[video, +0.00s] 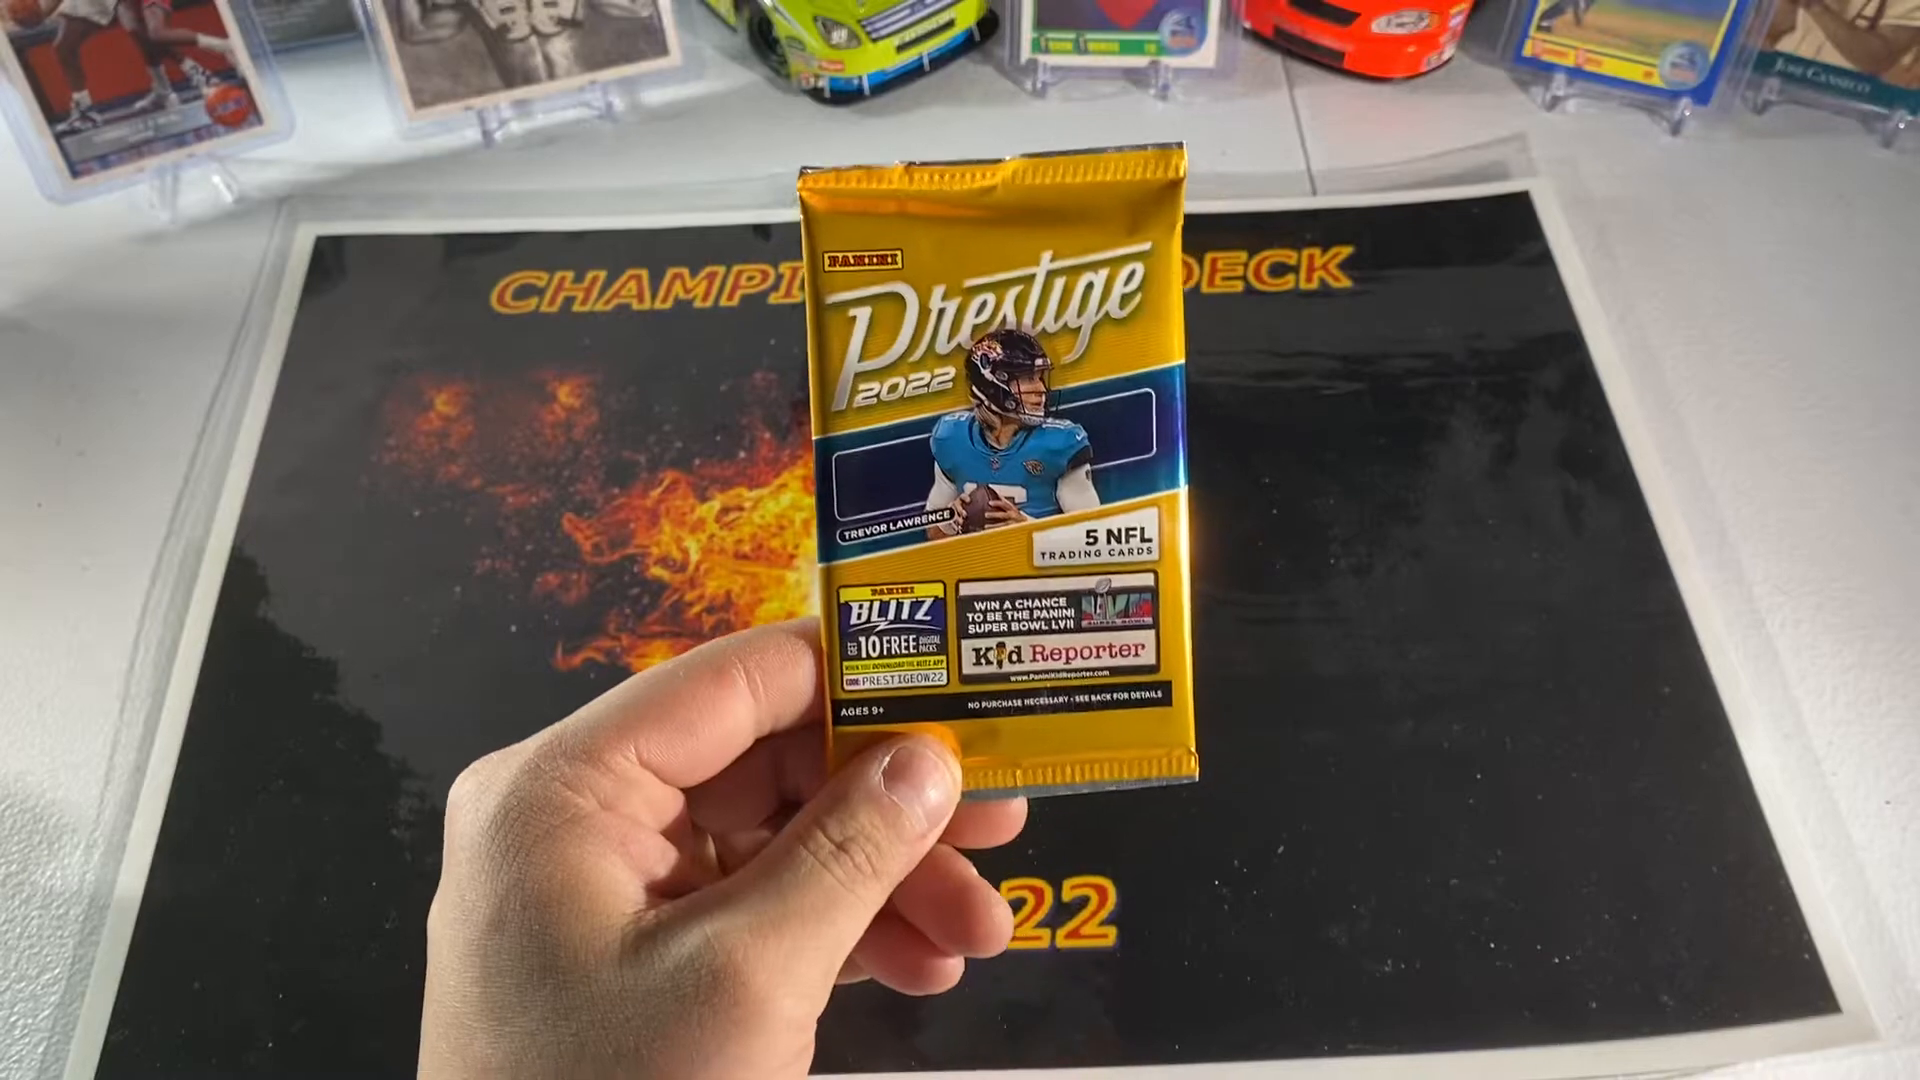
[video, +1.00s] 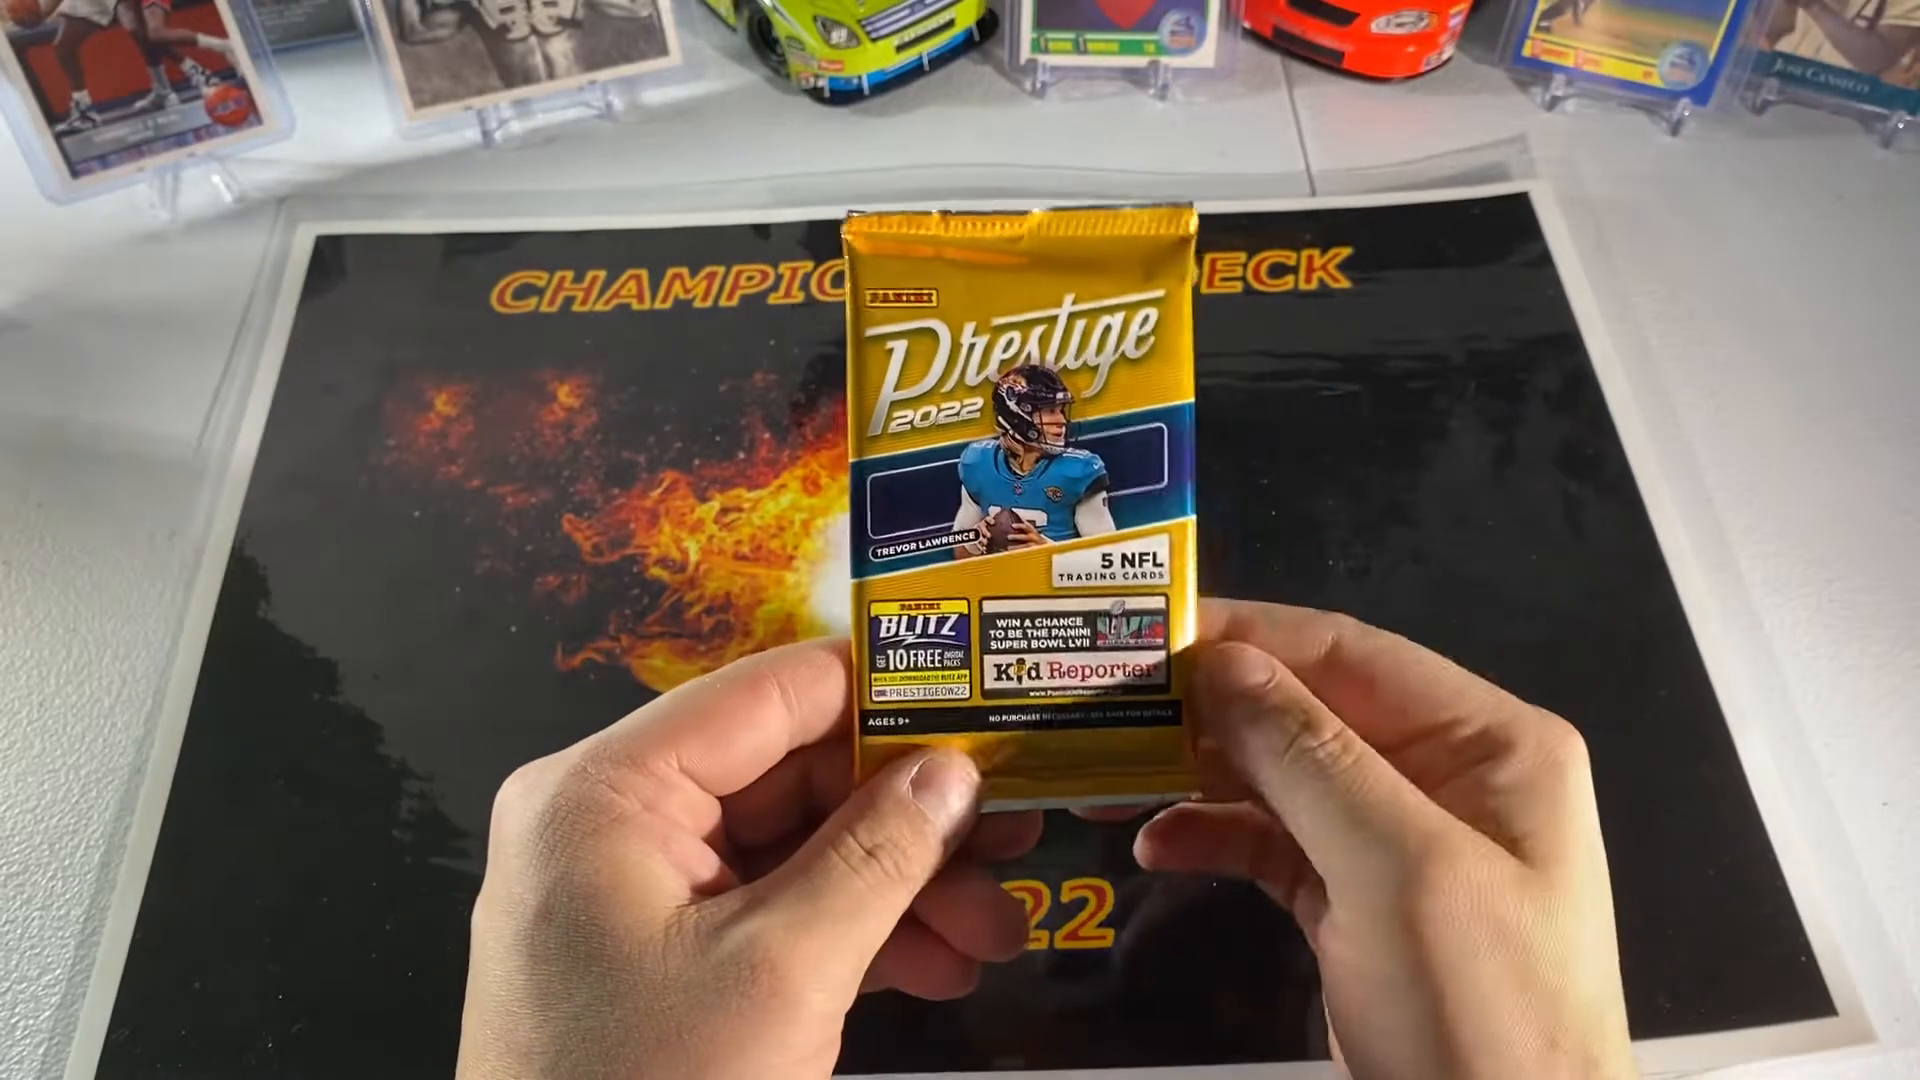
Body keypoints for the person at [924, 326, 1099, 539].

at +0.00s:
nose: (1040, 389)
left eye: (1040, 378)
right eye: (1025, 379)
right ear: (991, 385)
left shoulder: (1062, 442)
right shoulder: (950, 436)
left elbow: (1091, 531)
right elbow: (934, 530)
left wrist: (1029, 526)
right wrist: (954, 521)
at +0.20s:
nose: (1046, 396)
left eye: (1046, 384)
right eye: (1031, 385)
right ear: (998, 390)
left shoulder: (1068, 448)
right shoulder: (957, 442)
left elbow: (1096, 536)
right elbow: (940, 535)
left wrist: (1035, 530)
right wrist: (962, 525)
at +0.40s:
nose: (1053, 399)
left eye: (1054, 388)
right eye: (1039, 389)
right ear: (1006, 393)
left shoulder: (1073, 452)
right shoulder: (965, 443)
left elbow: (1101, 538)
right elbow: (948, 535)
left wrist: (1041, 532)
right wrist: (968, 525)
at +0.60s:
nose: (1040, 389)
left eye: (1040, 378)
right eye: (1026, 379)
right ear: (993, 384)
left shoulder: (1063, 442)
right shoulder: (950, 432)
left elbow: (1085, 528)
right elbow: (933, 516)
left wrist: (1023, 519)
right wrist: (958, 514)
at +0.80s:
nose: (1049, 403)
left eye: (1049, 392)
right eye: (1036, 392)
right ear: (1003, 397)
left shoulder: (1069, 454)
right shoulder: (961, 445)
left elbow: (1095, 539)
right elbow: (944, 537)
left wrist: (1035, 533)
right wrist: (964, 527)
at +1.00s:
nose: (1060, 420)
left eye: (1061, 410)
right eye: (1048, 411)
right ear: (1016, 416)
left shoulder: (1080, 470)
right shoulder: (976, 462)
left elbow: (1107, 554)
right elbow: (960, 551)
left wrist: (1050, 547)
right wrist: (978, 541)